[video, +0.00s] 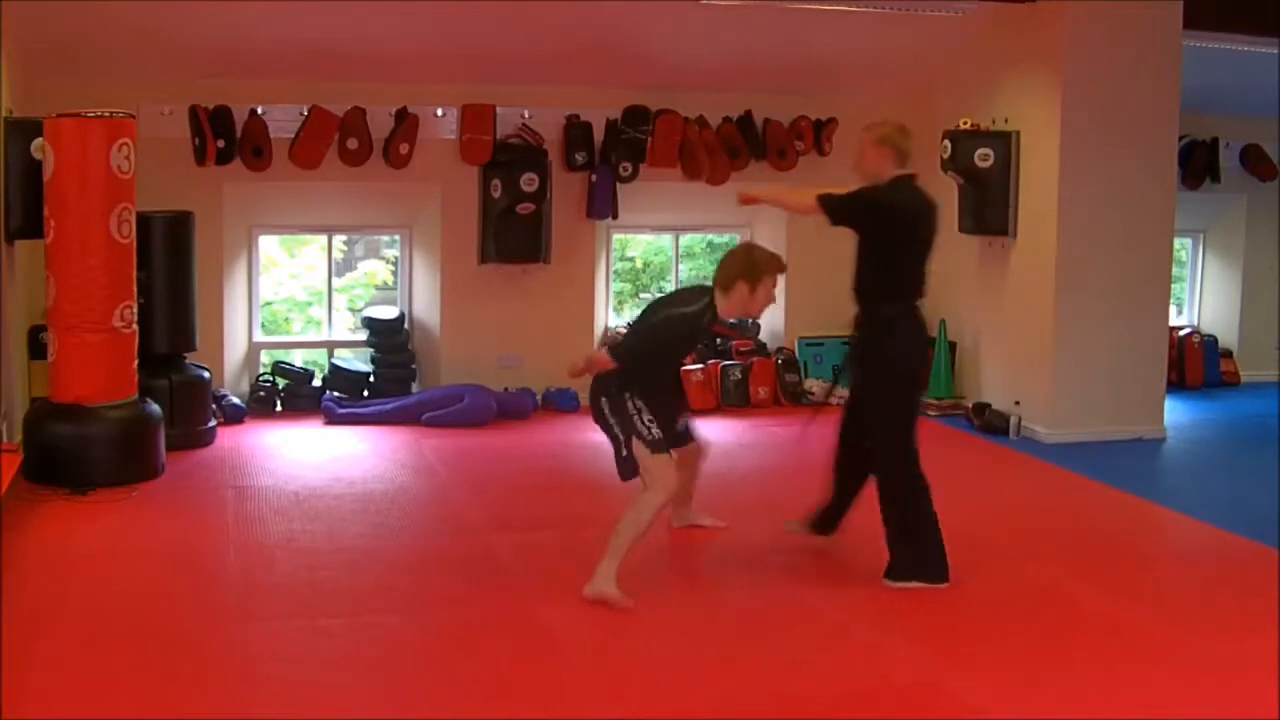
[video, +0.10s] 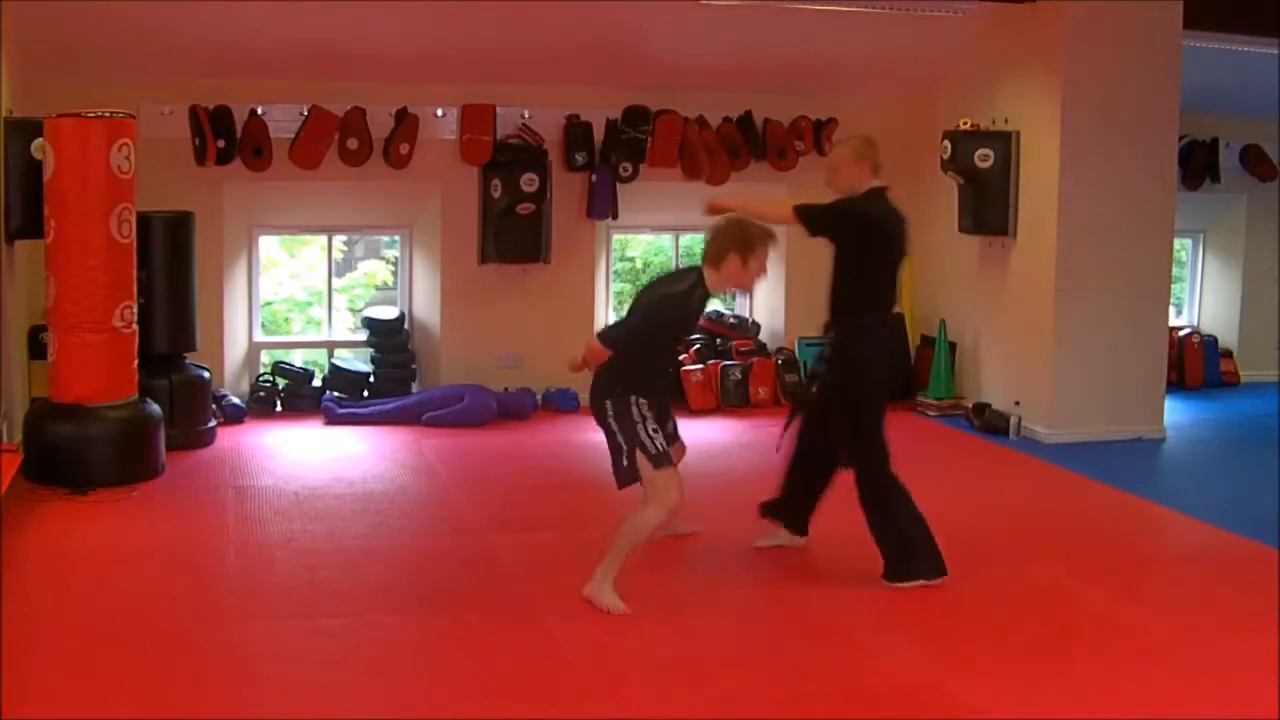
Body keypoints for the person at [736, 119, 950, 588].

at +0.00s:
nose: (859, 159)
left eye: (864, 151)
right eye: (860, 151)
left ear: (883, 153)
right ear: (898, 155)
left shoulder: (886, 199)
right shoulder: (916, 200)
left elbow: (818, 206)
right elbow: (836, 205)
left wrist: (763, 195)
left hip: (888, 337)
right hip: (898, 333)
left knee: (892, 448)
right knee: (859, 433)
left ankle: (922, 563)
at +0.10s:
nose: (830, 174)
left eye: (836, 165)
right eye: (830, 166)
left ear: (863, 167)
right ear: (866, 168)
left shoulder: (862, 213)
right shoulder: (881, 212)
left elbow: (790, 215)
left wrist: (731, 207)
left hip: (860, 349)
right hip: (865, 344)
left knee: (867, 457)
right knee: (821, 431)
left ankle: (918, 562)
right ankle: (791, 518)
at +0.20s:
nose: (808, 182)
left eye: (816, 174)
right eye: (808, 174)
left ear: (843, 175)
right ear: (831, 177)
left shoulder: (843, 220)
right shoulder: (844, 218)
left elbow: (769, 220)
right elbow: (771, 220)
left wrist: (705, 215)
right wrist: (710, 213)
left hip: (838, 353)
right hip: (819, 350)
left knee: (842, 460)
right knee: (778, 431)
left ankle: (909, 548)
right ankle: (779, 522)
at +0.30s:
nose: (793, 176)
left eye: (800, 167)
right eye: (791, 168)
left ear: (825, 166)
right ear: (802, 168)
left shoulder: (831, 210)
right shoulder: (819, 208)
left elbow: (760, 217)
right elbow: (761, 216)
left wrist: (705, 209)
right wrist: (708, 206)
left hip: (825, 339)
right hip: (805, 336)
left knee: (826, 449)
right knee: (770, 425)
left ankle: (890, 542)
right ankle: (779, 523)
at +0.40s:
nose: (787, 162)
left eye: (797, 153)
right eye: (783, 155)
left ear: (822, 156)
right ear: (779, 158)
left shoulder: (835, 200)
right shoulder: (787, 198)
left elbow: (755, 207)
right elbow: (737, 204)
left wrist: (703, 200)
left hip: (827, 325)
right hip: (790, 324)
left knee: (824, 436)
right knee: (774, 428)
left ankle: (865, 539)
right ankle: (781, 524)